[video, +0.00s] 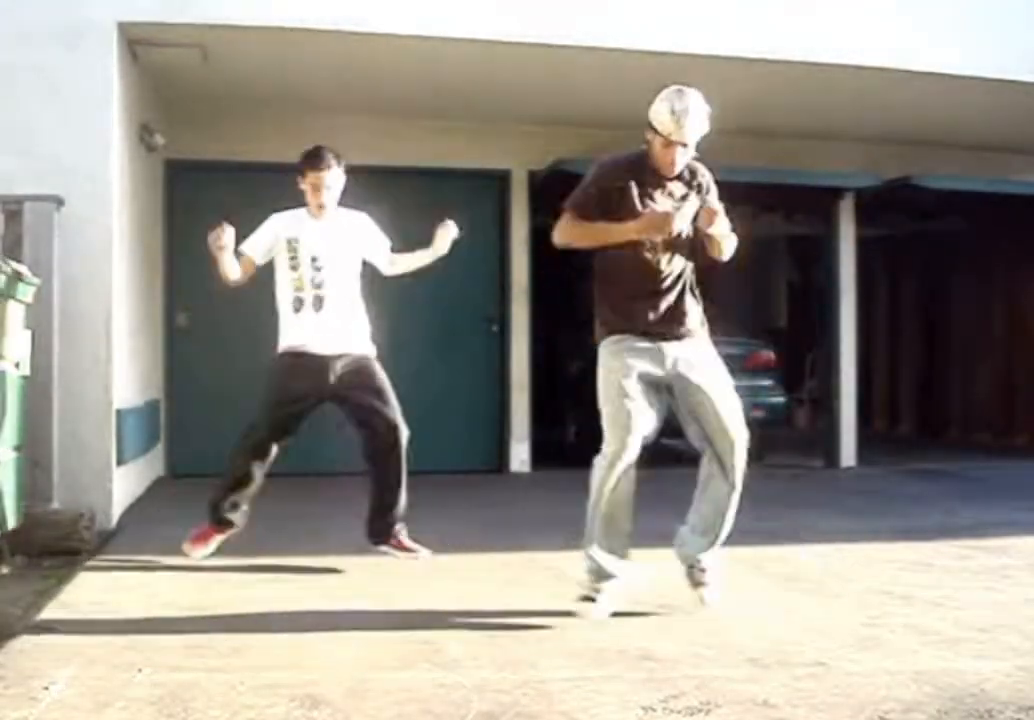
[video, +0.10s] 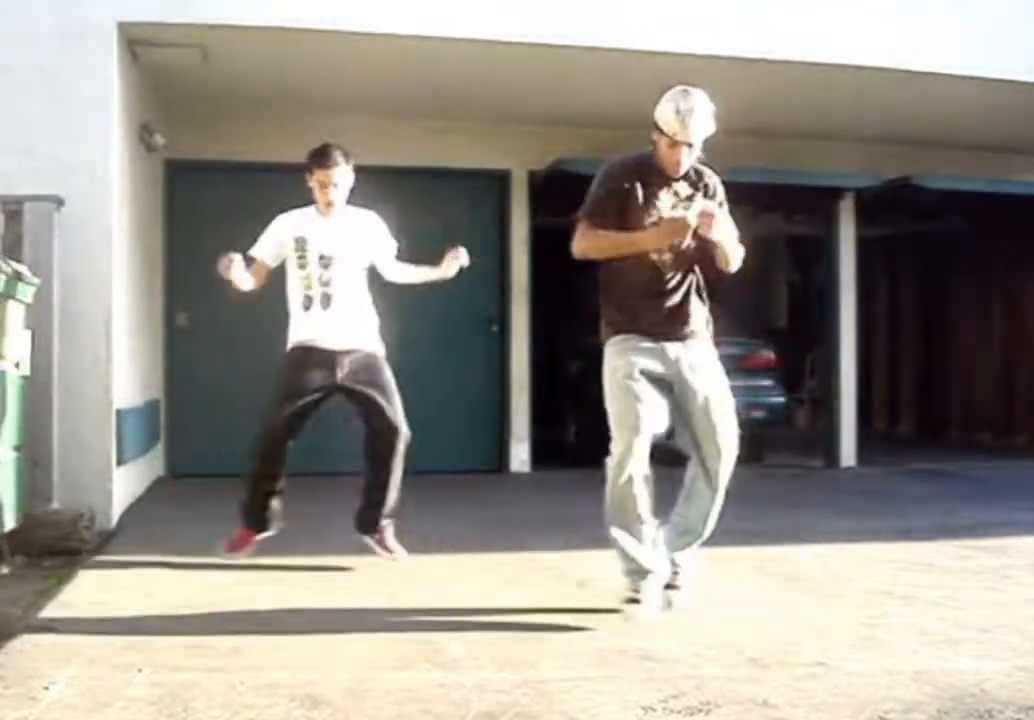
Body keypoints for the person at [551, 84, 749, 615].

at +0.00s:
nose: (674, 155)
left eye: (684, 145)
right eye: (666, 142)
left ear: (698, 141)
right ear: (650, 132)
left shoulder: (699, 180)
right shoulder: (613, 175)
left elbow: (721, 251)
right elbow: (563, 232)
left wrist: (712, 232)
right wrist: (637, 228)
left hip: (689, 339)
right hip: (627, 339)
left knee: (731, 441)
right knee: (624, 444)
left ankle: (698, 550)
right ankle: (602, 569)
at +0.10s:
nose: (682, 156)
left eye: (692, 145)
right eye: (673, 143)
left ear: (705, 141)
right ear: (656, 133)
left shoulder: (707, 185)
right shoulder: (621, 176)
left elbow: (729, 263)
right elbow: (583, 243)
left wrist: (717, 235)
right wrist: (654, 238)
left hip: (693, 342)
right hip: (632, 341)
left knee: (720, 446)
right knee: (631, 452)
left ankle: (679, 551)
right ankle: (644, 574)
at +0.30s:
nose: (717, 168)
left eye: (726, 159)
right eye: (710, 157)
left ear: (742, 154)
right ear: (695, 148)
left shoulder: (756, 195)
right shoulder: (666, 192)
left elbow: (779, 267)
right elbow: (648, 263)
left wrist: (720, 303)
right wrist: (702, 308)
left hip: (736, 360)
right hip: (679, 359)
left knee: (727, 477)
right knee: (698, 471)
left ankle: (650, 544)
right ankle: (737, 583)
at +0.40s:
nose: (736, 159)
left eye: (746, 150)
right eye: (728, 147)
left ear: (761, 144)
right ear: (714, 135)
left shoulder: (776, 182)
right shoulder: (685, 178)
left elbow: (791, 255)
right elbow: (646, 238)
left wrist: (746, 261)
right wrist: (707, 271)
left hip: (759, 349)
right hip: (697, 346)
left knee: (779, 453)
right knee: (683, 459)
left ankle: (728, 537)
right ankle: (701, 577)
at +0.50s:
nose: (759, 170)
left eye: (769, 160)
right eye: (751, 158)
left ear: (784, 153)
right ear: (735, 147)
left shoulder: (797, 199)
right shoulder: (704, 195)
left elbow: (804, 272)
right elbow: (674, 265)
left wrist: (775, 294)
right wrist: (733, 267)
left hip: (784, 355)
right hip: (720, 352)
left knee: (817, 462)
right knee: (682, 460)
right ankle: (650, 583)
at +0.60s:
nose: (776, 197)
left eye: (785, 187)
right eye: (768, 185)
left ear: (798, 181)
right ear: (751, 175)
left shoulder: (809, 228)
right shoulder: (720, 230)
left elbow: (830, 302)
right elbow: (700, 305)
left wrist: (790, 302)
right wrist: (756, 308)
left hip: (807, 385)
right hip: (742, 385)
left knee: (841, 486)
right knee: (694, 489)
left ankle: (875, 573)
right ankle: (614, 588)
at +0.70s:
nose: (774, 198)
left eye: (784, 188)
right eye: (766, 185)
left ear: (798, 182)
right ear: (750, 176)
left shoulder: (810, 228)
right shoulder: (719, 227)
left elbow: (828, 305)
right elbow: (685, 295)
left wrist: (795, 282)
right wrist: (746, 298)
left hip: (802, 383)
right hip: (740, 381)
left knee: (837, 480)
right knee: (706, 479)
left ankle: (873, 583)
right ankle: (636, 599)